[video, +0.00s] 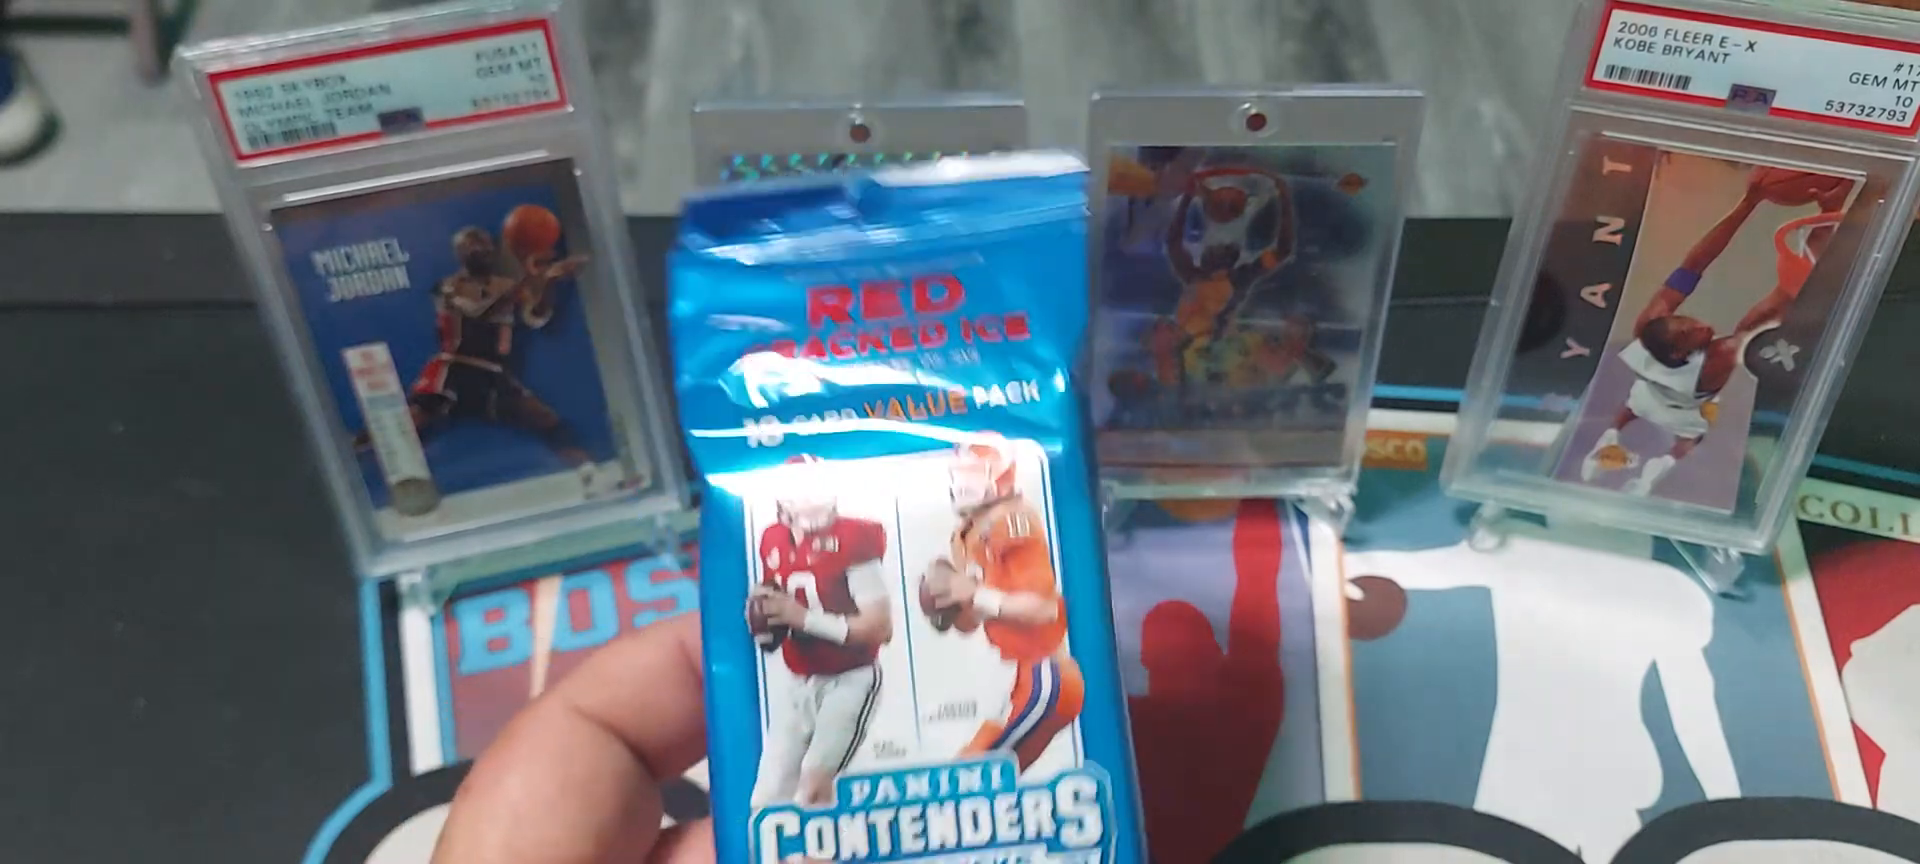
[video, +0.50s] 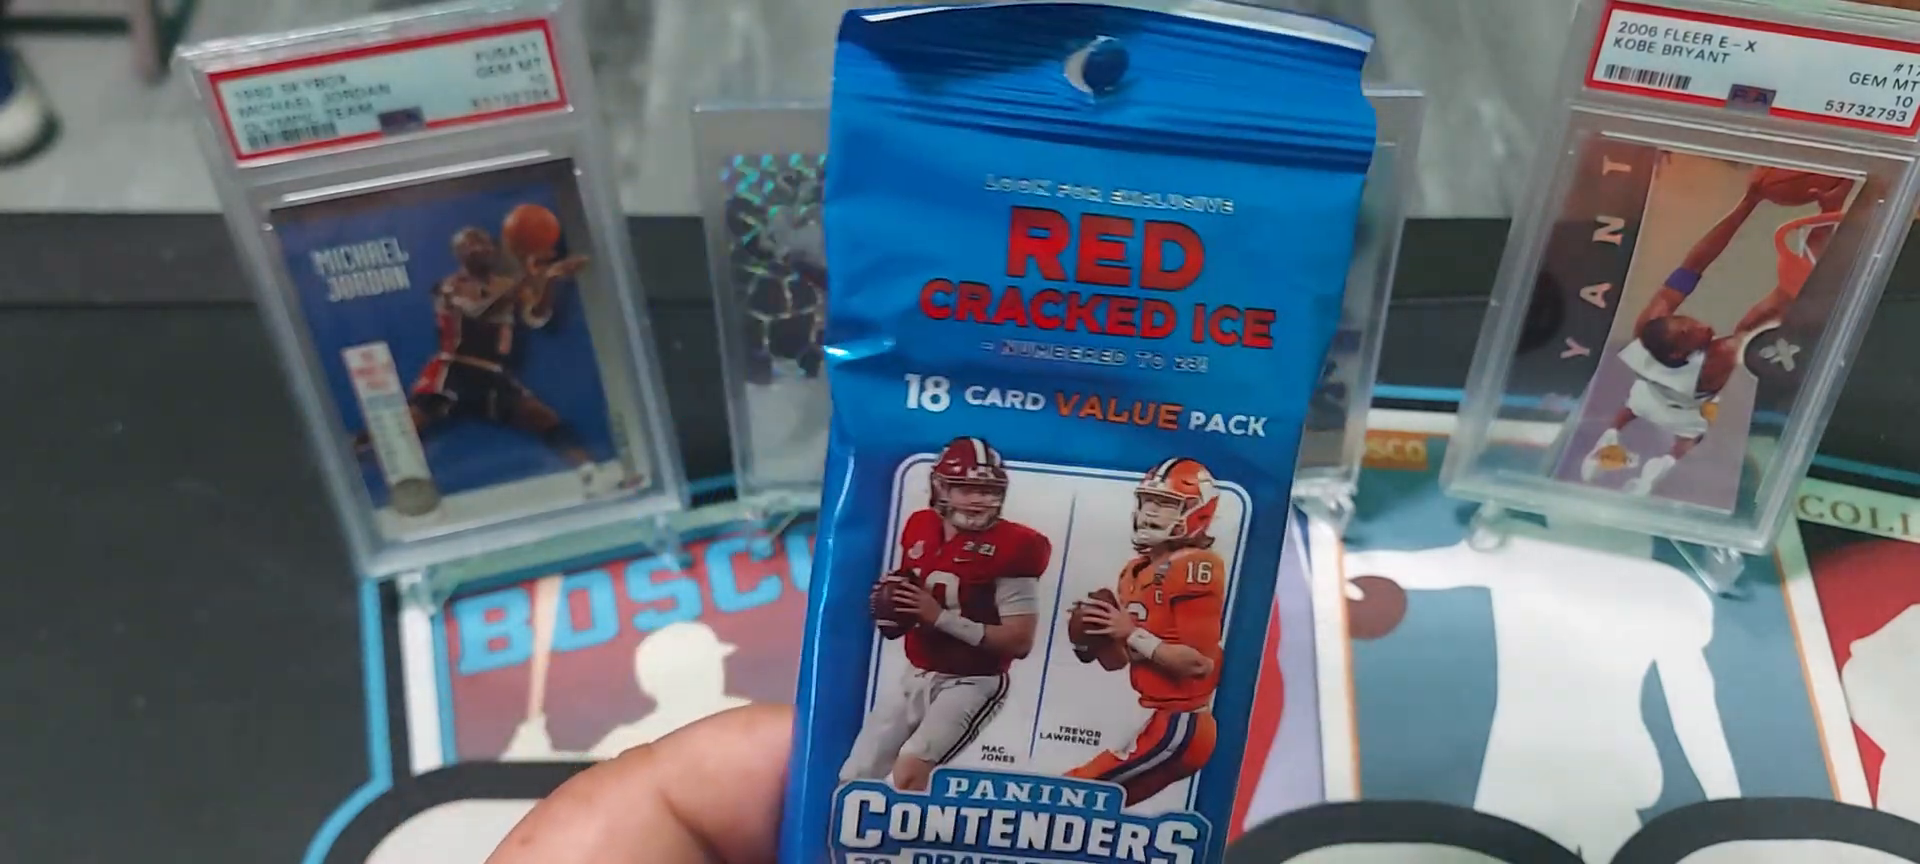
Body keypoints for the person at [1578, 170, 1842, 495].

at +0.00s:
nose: (1699, 324)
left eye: (1688, 321)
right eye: (1690, 331)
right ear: (1682, 352)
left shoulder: (1649, 324)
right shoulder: (1722, 356)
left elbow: (1694, 263)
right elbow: (1777, 306)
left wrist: (1748, 202)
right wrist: (1830, 216)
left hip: (1646, 391)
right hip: (1682, 413)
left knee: (1631, 408)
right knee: (1695, 434)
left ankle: (1604, 443)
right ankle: (1654, 470)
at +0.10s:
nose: (1699, 324)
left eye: (1688, 321)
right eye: (1690, 330)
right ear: (1682, 353)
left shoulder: (1649, 324)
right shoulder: (1722, 356)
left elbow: (1694, 263)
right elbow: (1778, 304)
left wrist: (1748, 202)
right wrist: (1831, 215)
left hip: (1647, 390)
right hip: (1683, 412)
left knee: (1632, 408)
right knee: (1694, 435)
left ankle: (1602, 444)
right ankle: (1656, 469)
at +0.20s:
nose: (1698, 324)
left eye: (1687, 321)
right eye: (1689, 331)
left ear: (1680, 312)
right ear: (1682, 353)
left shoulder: (1649, 324)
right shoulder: (1722, 356)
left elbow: (1695, 262)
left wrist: (1749, 202)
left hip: (1646, 391)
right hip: (1681, 413)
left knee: (1632, 408)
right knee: (1696, 433)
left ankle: (1603, 444)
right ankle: (1655, 470)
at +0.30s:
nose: (1698, 325)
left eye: (1687, 321)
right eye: (1689, 332)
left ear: (1681, 312)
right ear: (1682, 353)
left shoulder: (1648, 326)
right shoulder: (1722, 356)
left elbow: (1694, 263)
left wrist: (1749, 202)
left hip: (1646, 392)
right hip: (1680, 413)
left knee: (1633, 408)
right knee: (1696, 433)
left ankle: (1604, 441)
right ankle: (1657, 469)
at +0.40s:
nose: (1698, 325)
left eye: (1688, 322)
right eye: (1689, 331)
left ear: (1680, 312)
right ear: (1681, 353)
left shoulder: (1649, 324)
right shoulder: (1722, 356)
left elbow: (1694, 263)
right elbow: (1759, 320)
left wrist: (1749, 202)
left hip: (1647, 391)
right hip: (1683, 412)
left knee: (1631, 409)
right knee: (1694, 434)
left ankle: (1603, 443)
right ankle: (1655, 470)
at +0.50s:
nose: (1698, 325)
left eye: (1687, 322)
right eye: (1689, 332)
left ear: (1681, 313)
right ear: (1683, 354)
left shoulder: (1649, 324)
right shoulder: (1722, 356)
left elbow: (1694, 264)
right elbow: (1774, 309)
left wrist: (1748, 203)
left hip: (1647, 390)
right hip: (1683, 411)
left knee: (1633, 407)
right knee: (1695, 433)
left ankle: (1604, 442)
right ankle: (1658, 468)